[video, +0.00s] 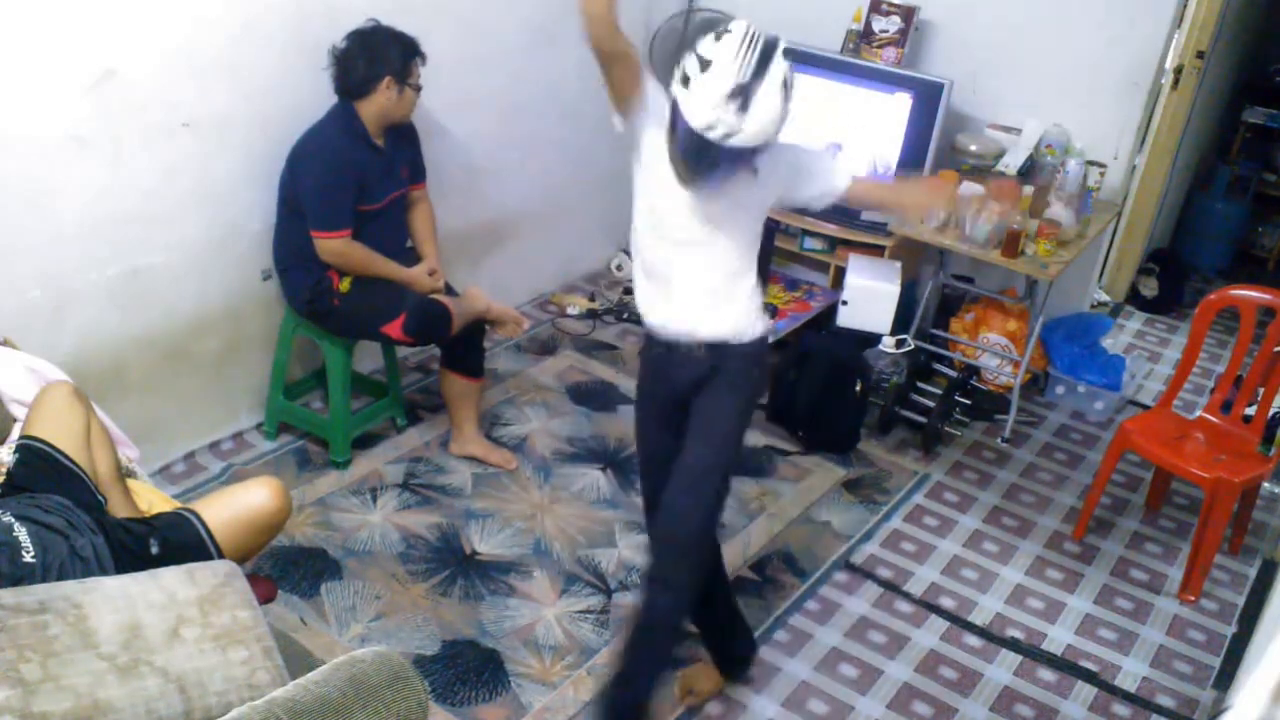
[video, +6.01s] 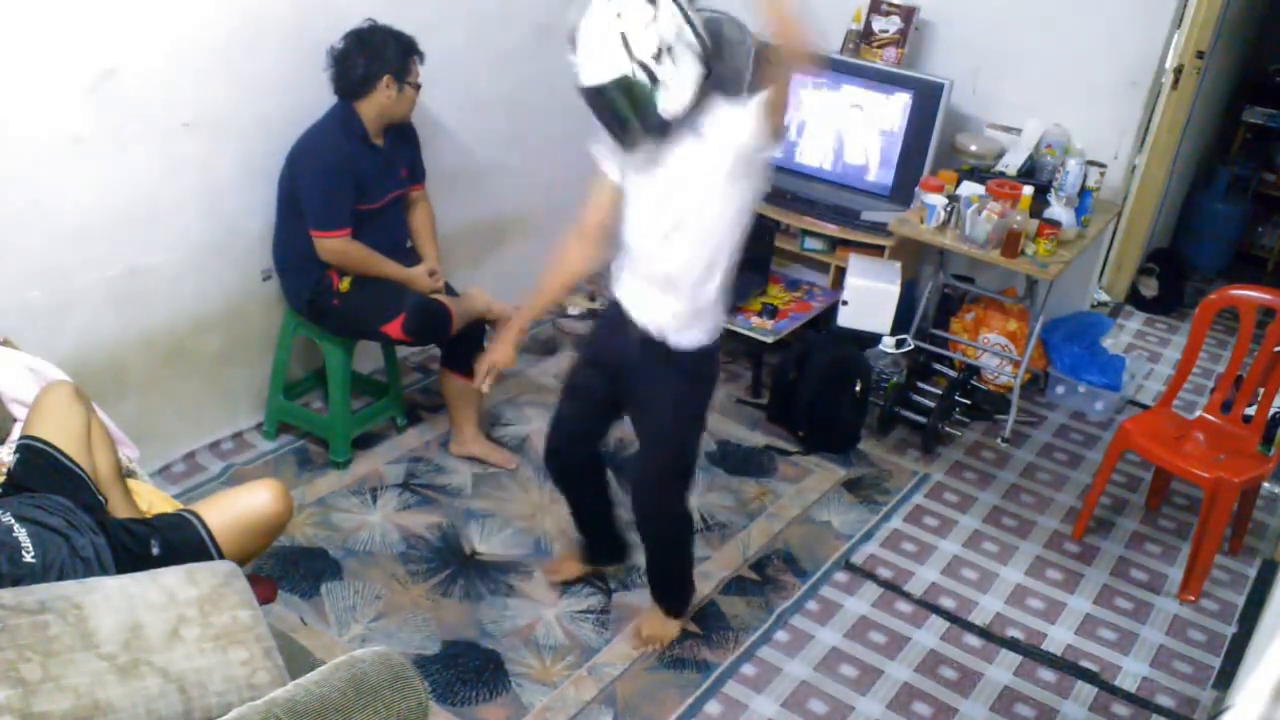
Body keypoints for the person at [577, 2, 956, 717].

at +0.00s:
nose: (710, 159)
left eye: (730, 151)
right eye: (699, 139)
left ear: (757, 133)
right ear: (677, 101)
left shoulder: (776, 164)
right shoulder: (650, 120)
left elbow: (880, 191)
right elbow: (605, 40)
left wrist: (972, 193)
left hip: (732, 359)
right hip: (661, 354)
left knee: (681, 525)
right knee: (671, 519)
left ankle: (620, 705)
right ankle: (734, 650)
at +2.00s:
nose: (612, 22)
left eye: (623, 16)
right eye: (602, 15)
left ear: (637, 12)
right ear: (579, 7)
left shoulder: (654, 38)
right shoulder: (543, 48)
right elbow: (514, 33)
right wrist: (536, 3)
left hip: (621, 277)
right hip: (542, 267)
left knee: (566, 432)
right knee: (531, 417)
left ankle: (516, 577)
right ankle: (540, 513)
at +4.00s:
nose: (703, 99)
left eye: (712, 82)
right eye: (694, 83)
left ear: (754, 57)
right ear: (688, 65)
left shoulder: (824, 93)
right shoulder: (718, 109)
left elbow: (896, 94)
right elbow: (697, 212)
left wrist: (861, 13)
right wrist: (651, 290)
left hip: (773, 304)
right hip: (706, 284)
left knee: (743, 445)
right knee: (660, 410)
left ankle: (738, 582)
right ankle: (667, 536)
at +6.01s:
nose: (618, 108)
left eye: (626, 91)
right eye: (606, 94)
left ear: (666, 68)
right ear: (599, 83)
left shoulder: (741, 131)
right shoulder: (627, 136)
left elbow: (797, 55)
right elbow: (588, 238)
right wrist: (515, 327)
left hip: (683, 353)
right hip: (619, 327)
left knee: (657, 493)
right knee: (568, 447)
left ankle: (674, 603)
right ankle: (603, 550)